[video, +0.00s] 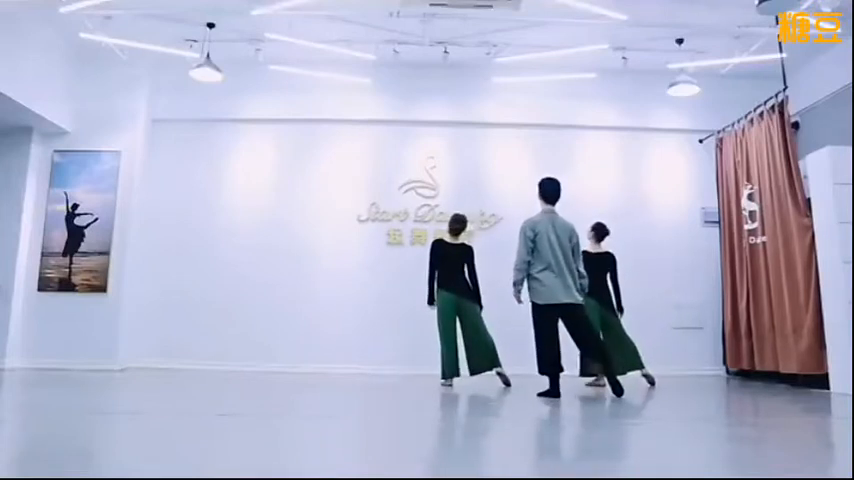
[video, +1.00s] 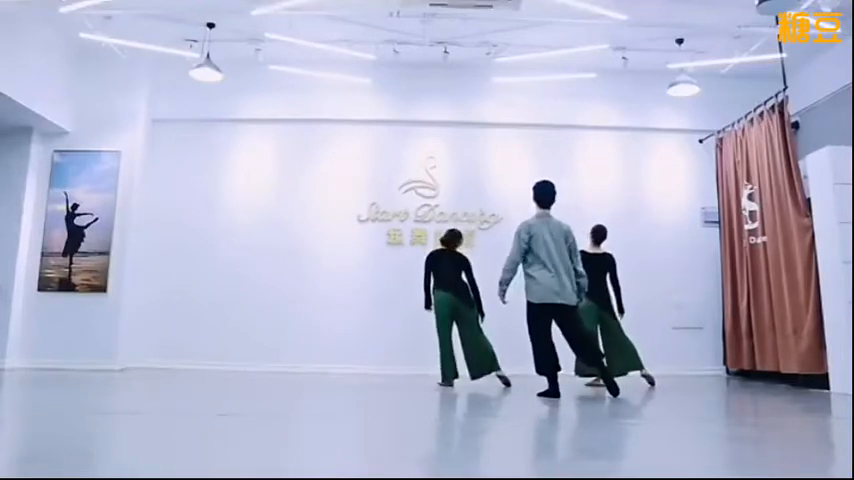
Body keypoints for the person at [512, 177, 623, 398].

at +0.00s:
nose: (540, 196)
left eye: (540, 192)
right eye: (550, 193)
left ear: (539, 195)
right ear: (558, 196)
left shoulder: (530, 226)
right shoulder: (568, 227)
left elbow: (523, 260)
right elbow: (578, 264)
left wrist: (517, 285)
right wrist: (581, 289)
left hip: (542, 296)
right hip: (568, 295)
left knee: (548, 343)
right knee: (589, 338)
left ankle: (554, 388)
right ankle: (611, 376)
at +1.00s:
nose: (540, 200)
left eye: (536, 196)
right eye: (548, 196)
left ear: (533, 198)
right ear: (553, 199)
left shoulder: (527, 228)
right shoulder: (564, 229)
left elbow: (514, 260)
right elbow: (577, 264)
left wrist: (503, 284)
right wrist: (581, 291)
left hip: (538, 297)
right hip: (565, 296)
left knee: (542, 342)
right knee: (579, 337)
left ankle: (553, 387)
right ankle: (603, 372)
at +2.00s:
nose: (516, 219)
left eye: (516, 216)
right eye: (516, 216)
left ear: (519, 215)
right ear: (535, 214)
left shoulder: (517, 233)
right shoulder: (549, 235)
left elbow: (508, 263)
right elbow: (560, 269)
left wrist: (502, 290)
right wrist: (562, 300)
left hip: (527, 296)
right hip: (550, 296)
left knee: (532, 340)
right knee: (527, 337)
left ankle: (550, 381)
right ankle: (516, 371)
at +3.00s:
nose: (501, 191)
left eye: (498, 188)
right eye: (508, 187)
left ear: (496, 190)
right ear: (515, 191)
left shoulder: (489, 218)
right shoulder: (525, 222)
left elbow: (479, 250)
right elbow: (532, 257)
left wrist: (470, 274)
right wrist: (531, 285)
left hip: (495, 282)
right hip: (519, 282)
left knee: (500, 329)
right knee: (513, 331)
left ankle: (514, 371)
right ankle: (508, 383)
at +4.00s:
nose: (479, 190)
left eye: (476, 186)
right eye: (487, 186)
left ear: (474, 188)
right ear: (493, 189)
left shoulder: (466, 217)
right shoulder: (502, 220)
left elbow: (457, 249)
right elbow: (510, 256)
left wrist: (449, 273)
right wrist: (510, 283)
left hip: (473, 281)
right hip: (497, 281)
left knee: (476, 326)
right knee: (492, 327)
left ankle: (489, 368)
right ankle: (486, 378)